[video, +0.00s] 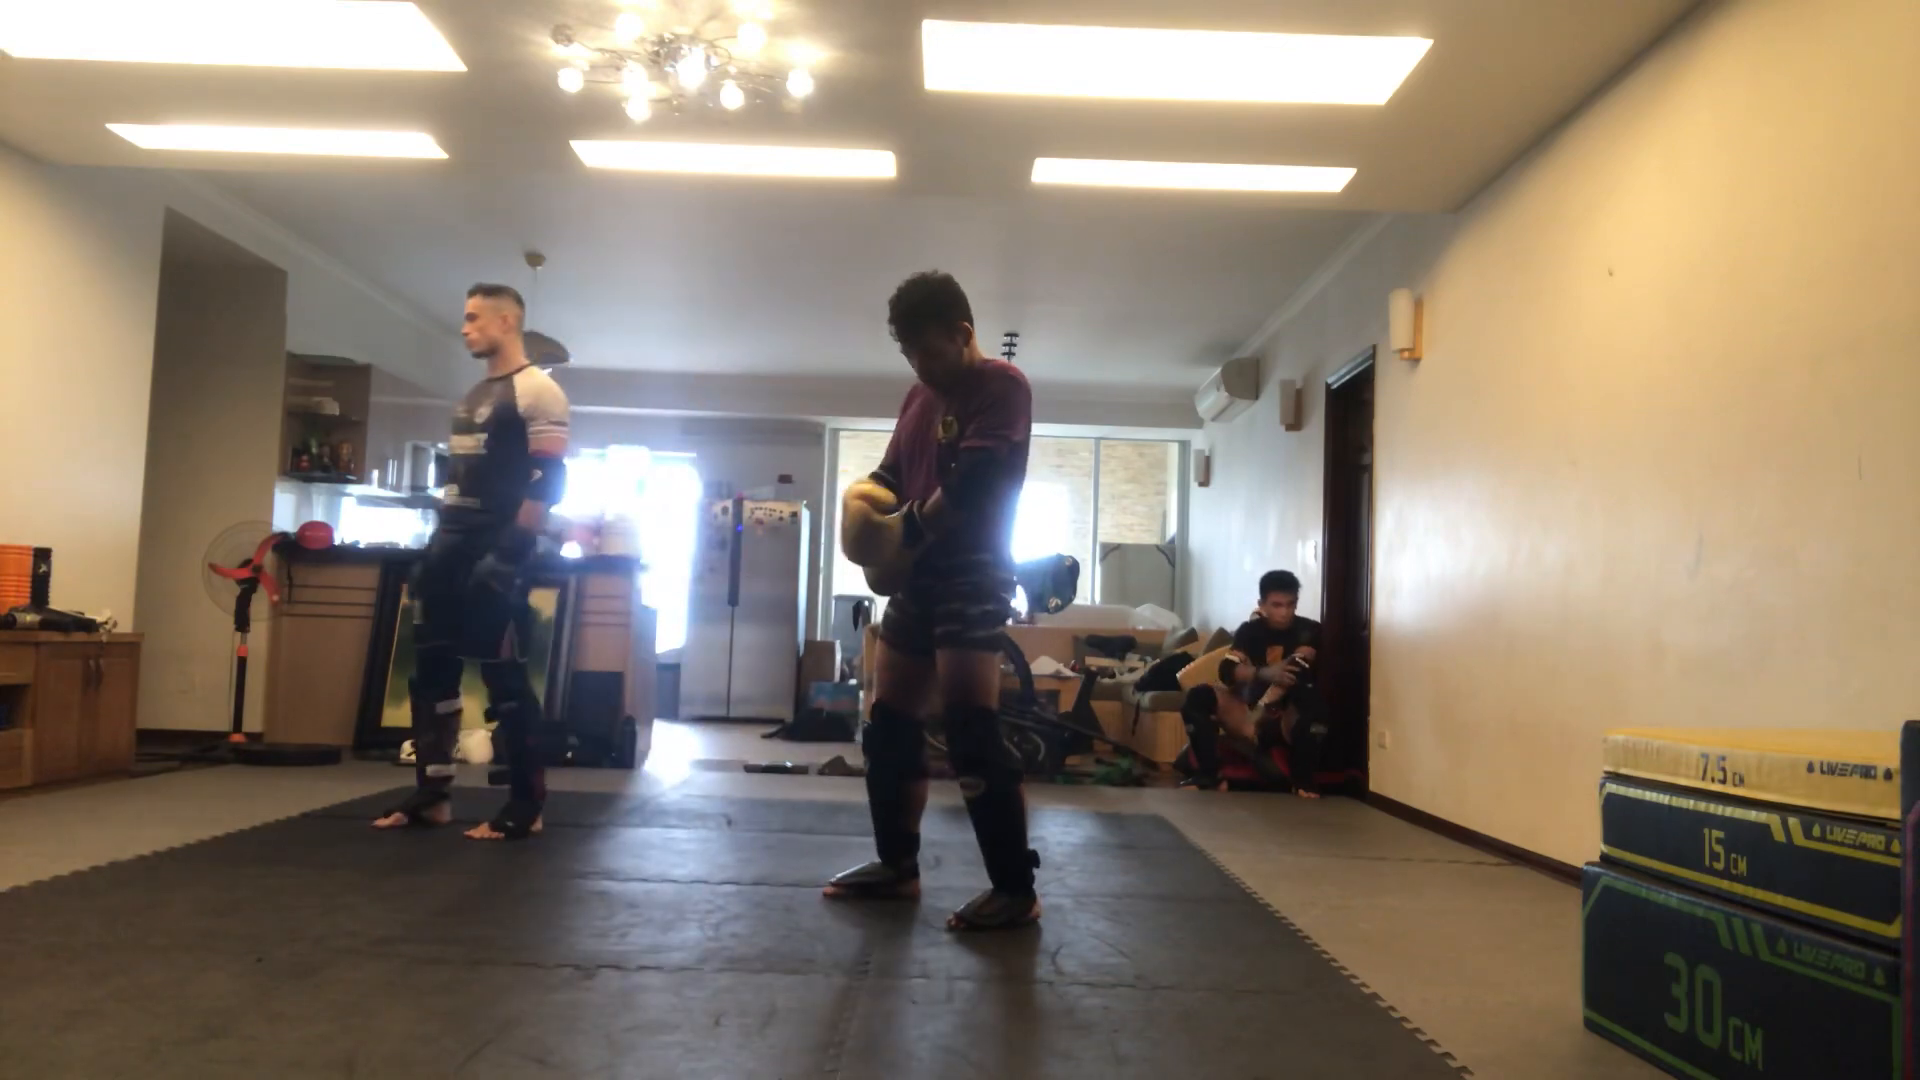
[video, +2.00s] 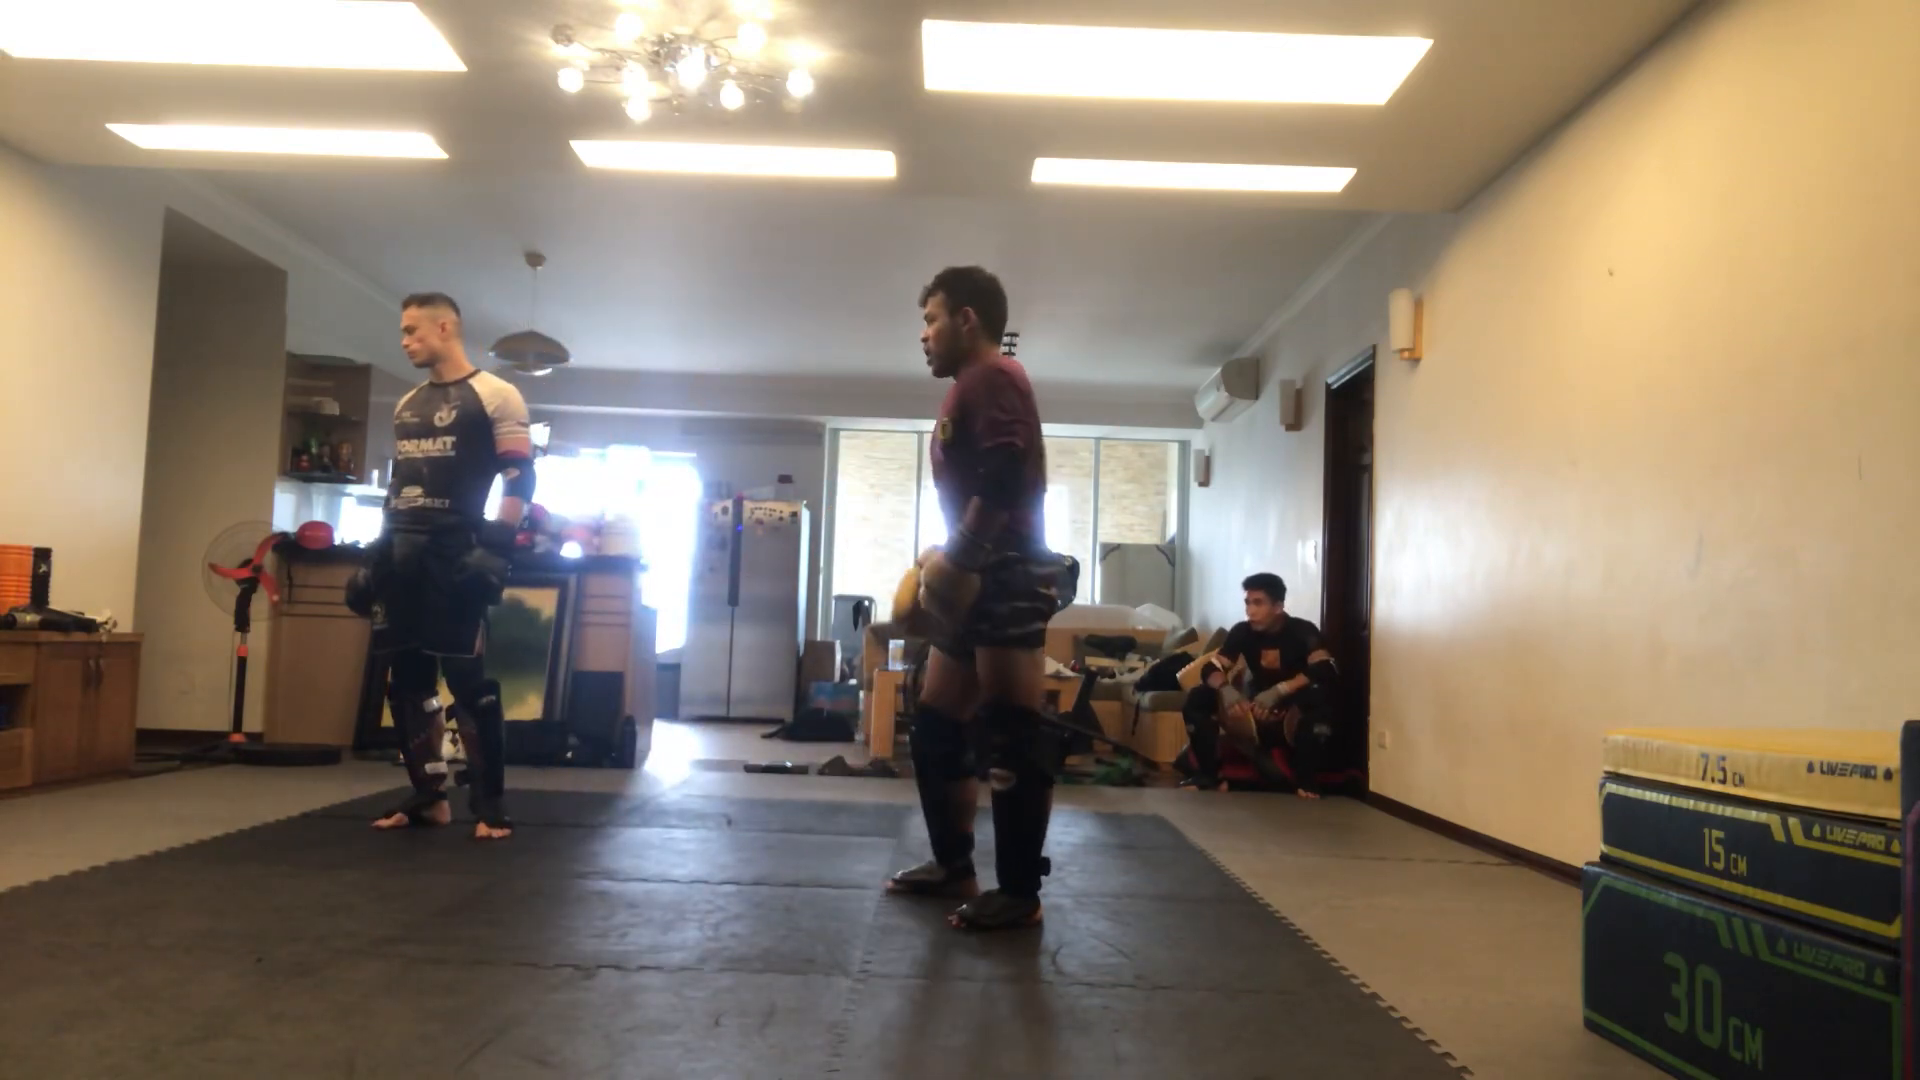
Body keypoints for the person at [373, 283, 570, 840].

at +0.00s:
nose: (463, 329)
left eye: (473, 318)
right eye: (464, 320)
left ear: (508, 321)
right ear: (487, 327)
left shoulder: (539, 389)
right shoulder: (475, 394)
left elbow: (546, 484)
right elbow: (459, 483)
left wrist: (508, 554)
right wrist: (436, 549)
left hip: (499, 551)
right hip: (452, 547)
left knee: (503, 672)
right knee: (434, 667)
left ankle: (525, 804)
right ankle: (432, 796)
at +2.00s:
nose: (405, 342)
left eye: (412, 331)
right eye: (403, 333)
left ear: (446, 327)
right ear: (435, 330)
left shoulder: (498, 395)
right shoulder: (408, 404)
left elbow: (517, 484)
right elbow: (402, 490)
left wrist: (494, 552)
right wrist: (377, 558)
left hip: (458, 556)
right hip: (404, 555)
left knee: (466, 679)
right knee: (406, 681)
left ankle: (490, 806)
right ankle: (428, 798)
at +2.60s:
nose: (404, 342)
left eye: (411, 331)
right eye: (401, 333)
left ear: (446, 327)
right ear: (427, 332)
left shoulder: (497, 396)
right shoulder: (405, 404)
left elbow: (518, 486)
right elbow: (399, 490)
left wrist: (499, 552)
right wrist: (376, 556)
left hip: (460, 555)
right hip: (406, 555)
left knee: (467, 679)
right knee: (408, 681)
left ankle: (490, 805)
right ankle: (429, 799)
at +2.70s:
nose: (403, 342)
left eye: (410, 331)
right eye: (400, 333)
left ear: (445, 326)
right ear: (427, 331)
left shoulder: (497, 396)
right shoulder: (405, 404)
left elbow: (517, 486)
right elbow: (400, 490)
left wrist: (497, 553)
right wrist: (377, 556)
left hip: (460, 555)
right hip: (405, 555)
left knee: (466, 680)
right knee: (408, 682)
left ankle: (490, 807)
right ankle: (429, 799)